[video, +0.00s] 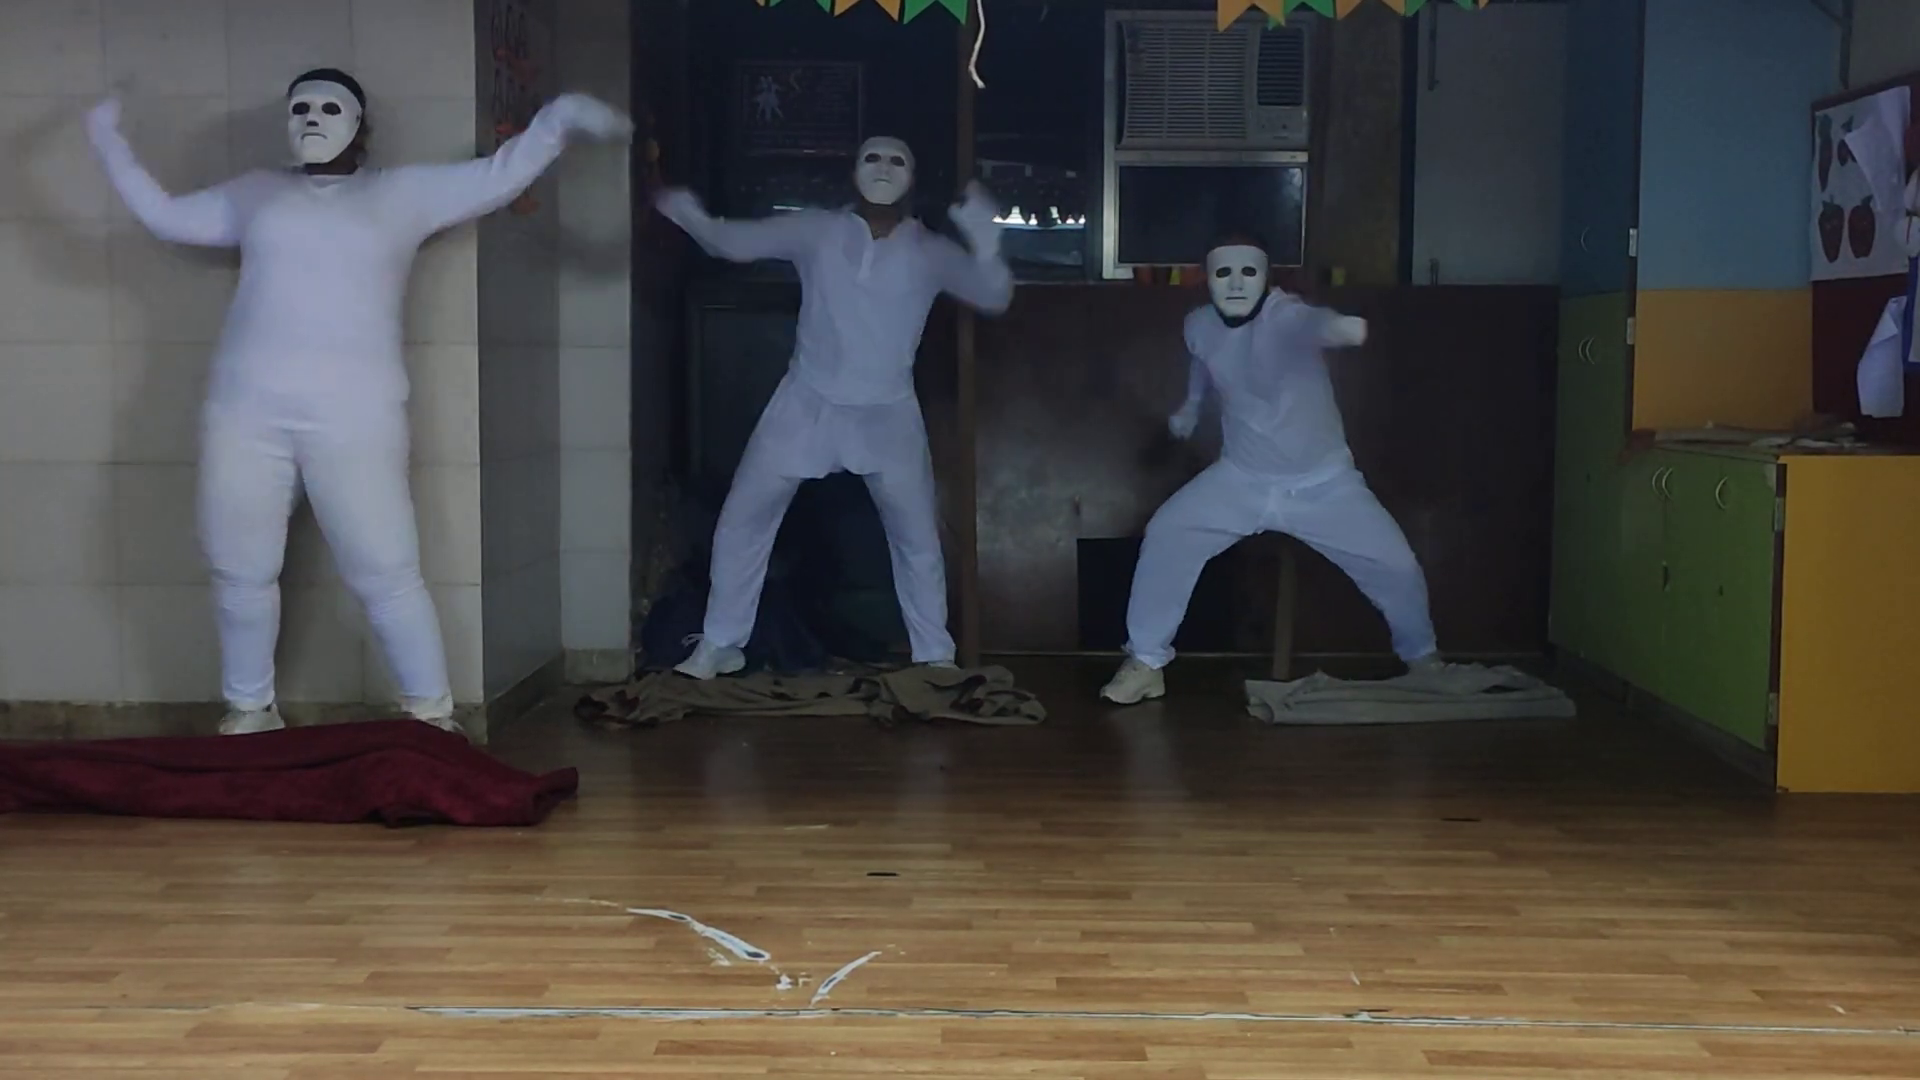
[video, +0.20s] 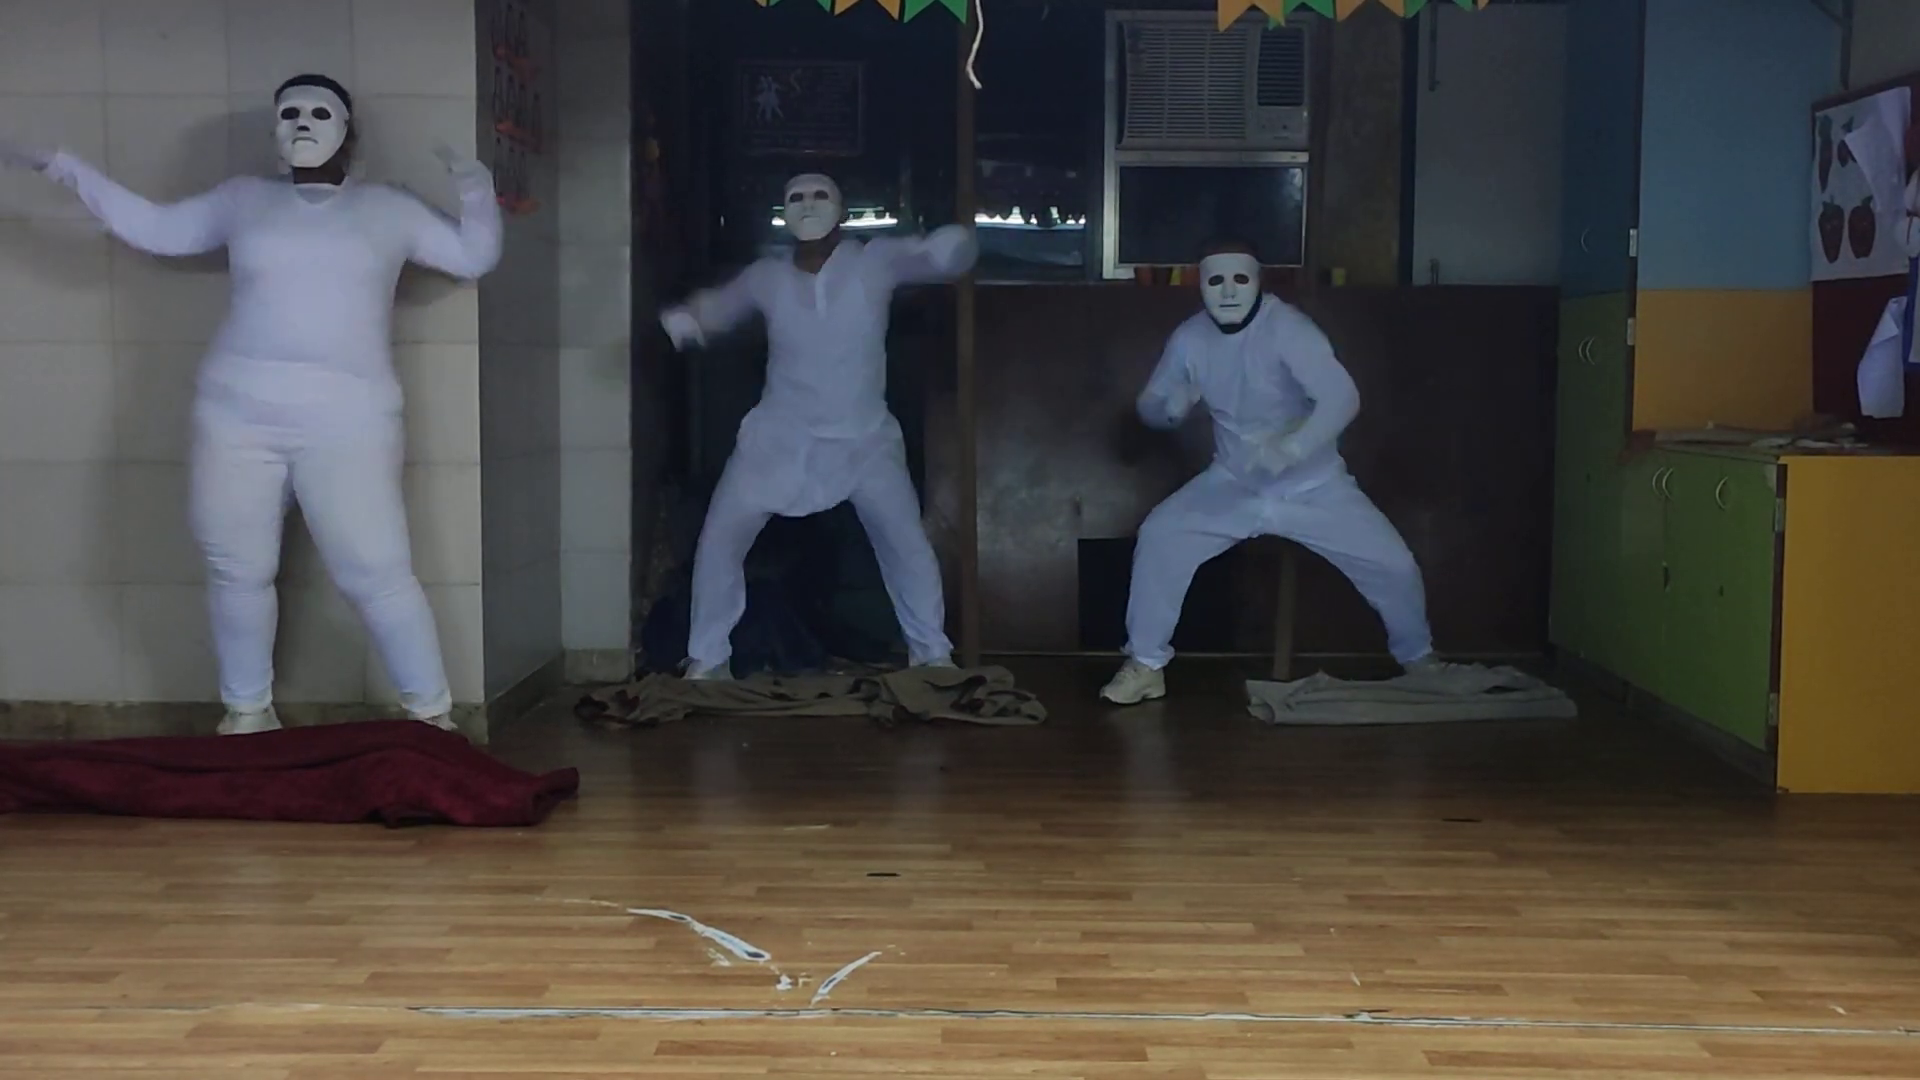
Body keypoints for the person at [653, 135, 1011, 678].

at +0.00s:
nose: (882, 170)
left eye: (896, 163)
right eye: (872, 160)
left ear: (913, 181)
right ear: (854, 174)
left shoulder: (932, 252)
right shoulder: (818, 231)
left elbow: (994, 296)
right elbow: (734, 242)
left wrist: (985, 240)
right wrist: (691, 216)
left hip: (888, 414)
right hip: (805, 405)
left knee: (917, 538)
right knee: (742, 521)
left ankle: (935, 657)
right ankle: (722, 645)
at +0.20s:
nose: (808, 208)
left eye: (821, 198)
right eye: (797, 200)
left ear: (841, 212)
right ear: (784, 214)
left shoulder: (875, 260)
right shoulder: (766, 276)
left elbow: (933, 257)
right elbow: (720, 305)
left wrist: (953, 246)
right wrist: (687, 319)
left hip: (863, 436)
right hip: (779, 437)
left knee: (906, 543)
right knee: (720, 540)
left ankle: (932, 658)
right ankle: (708, 665)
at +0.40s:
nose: (778, 158)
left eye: (788, 148)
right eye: (765, 149)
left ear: (804, 161)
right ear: (747, 164)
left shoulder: (834, 232)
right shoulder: (728, 232)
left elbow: (884, 306)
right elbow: (672, 300)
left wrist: (861, 375)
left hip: (839, 403)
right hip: (757, 409)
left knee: (897, 505)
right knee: (724, 529)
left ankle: (924, 636)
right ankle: (709, 661)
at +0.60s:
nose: (776, 171)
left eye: (786, 161)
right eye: (761, 162)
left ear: (798, 173)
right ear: (742, 176)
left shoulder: (823, 244)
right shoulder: (720, 233)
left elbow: (857, 319)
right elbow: (645, 192)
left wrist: (877, 267)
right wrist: (656, 146)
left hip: (828, 395)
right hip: (752, 407)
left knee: (888, 448)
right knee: (720, 541)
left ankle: (879, 568)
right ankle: (709, 658)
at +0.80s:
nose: (789, 150)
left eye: (799, 142)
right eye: (775, 143)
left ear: (814, 153)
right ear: (758, 159)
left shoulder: (841, 198)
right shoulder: (745, 238)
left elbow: (895, 128)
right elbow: (714, 330)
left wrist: (947, 70)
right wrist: (744, 380)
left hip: (848, 393)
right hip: (768, 398)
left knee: (898, 512)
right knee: (731, 528)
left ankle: (916, 639)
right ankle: (712, 657)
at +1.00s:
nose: (819, 198)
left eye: (830, 189)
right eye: (807, 189)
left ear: (846, 204)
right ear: (790, 205)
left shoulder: (881, 258)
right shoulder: (783, 289)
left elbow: (957, 272)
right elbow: (772, 357)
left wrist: (892, 223)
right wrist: (773, 401)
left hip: (881, 440)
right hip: (803, 442)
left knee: (921, 548)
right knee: (742, 544)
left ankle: (925, 659)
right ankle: (714, 661)